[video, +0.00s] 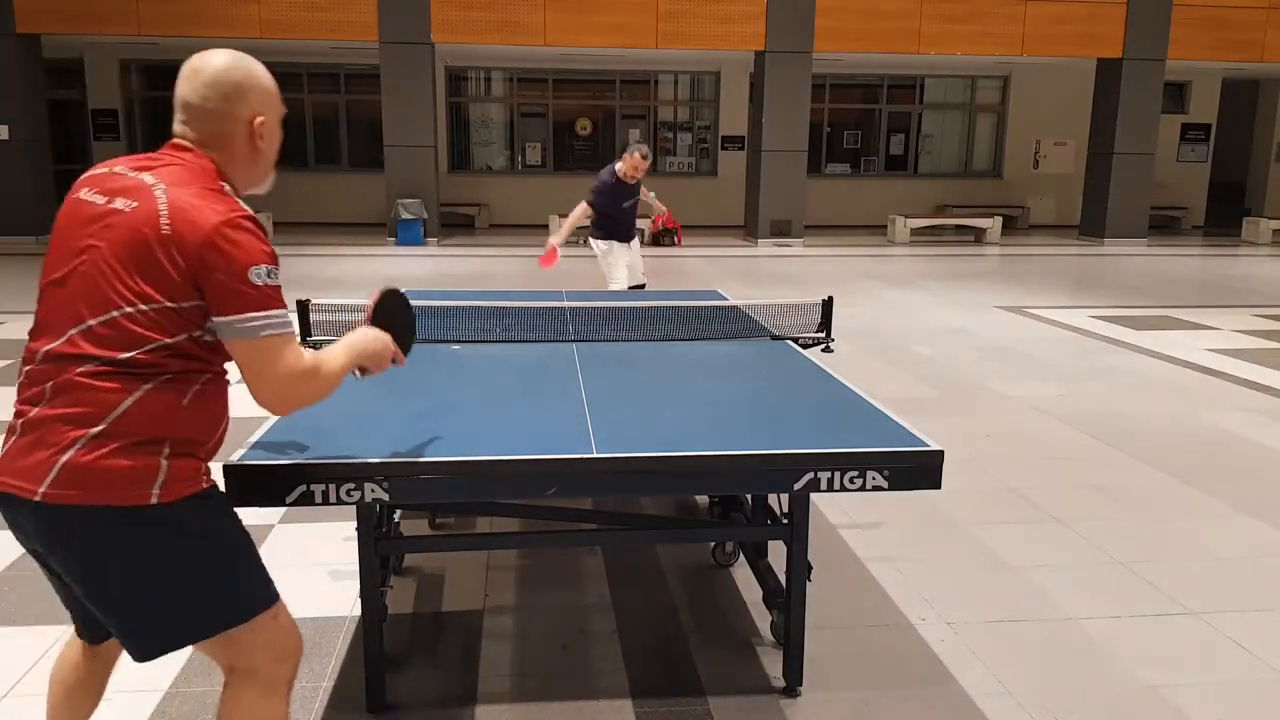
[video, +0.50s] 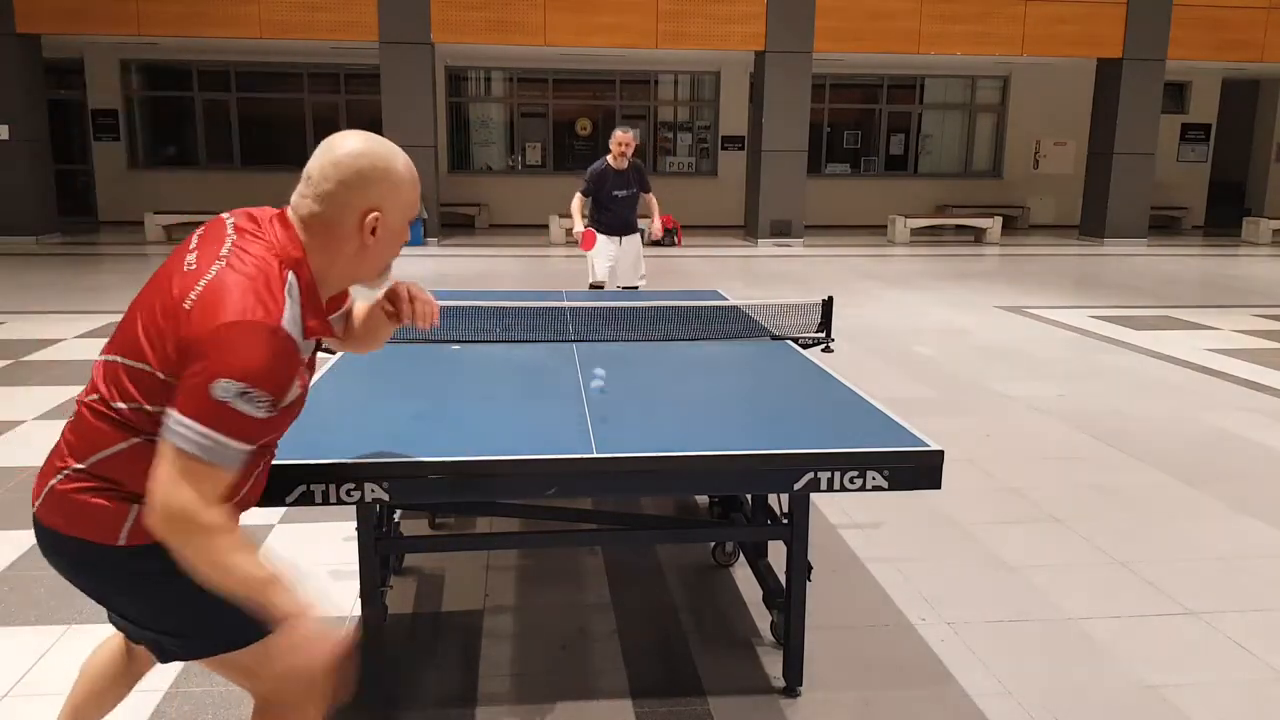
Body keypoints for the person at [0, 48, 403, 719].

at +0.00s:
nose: (280, 135)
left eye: (278, 121)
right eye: (278, 121)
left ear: (181, 119)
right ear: (256, 128)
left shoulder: (97, 181)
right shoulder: (221, 223)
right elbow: (283, 388)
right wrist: (354, 349)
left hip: (31, 476)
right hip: (134, 489)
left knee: (96, 633)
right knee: (266, 653)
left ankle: (59, 719)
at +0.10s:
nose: (300, 143)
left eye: (300, 128)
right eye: (299, 127)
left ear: (204, 119)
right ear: (278, 131)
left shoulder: (119, 178)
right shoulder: (231, 225)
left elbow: (151, 304)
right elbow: (287, 398)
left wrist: (262, 306)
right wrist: (361, 364)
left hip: (34, 472)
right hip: (129, 492)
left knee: (103, 640)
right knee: (280, 648)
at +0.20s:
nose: (323, 165)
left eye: (326, 150)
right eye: (323, 150)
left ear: (227, 139)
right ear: (298, 157)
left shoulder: (147, 190)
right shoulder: (237, 253)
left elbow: (185, 292)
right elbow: (309, 420)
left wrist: (290, 296)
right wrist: (388, 371)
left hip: (38, 480)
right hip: (126, 504)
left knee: (114, 628)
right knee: (292, 648)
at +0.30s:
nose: (358, 195)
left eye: (360, 179)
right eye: (359, 179)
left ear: (261, 163)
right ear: (330, 186)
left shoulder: (182, 208)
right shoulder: (268, 289)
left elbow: (212, 306)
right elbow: (336, 455)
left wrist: (320, 302)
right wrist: (424, 396)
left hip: (50, 491)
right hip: (130, 521)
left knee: (128, 628)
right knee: (299, 662)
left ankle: (74, 715)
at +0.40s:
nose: (386, 232)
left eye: (390, 216)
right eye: (387, 216)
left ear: (291, 185)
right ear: (358, 213)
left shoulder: (221, 222)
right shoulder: (276, 318)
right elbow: (292, 496)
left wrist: (358, 315)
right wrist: (411, 477)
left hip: (66, 490)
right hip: (131, 525)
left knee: (138, 631)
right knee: (307, 674)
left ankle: (73, 714)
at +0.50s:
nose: (404, 243)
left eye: (410, 228)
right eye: (406, 228)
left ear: (309, 194)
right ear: (370, 226)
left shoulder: (258, 231)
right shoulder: (254, 321)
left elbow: (349, 330)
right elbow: (178, 507)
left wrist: (387, 310)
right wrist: (293, 612)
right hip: (111, 525)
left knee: (144, 637)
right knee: (303, 670)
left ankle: (70, 716)